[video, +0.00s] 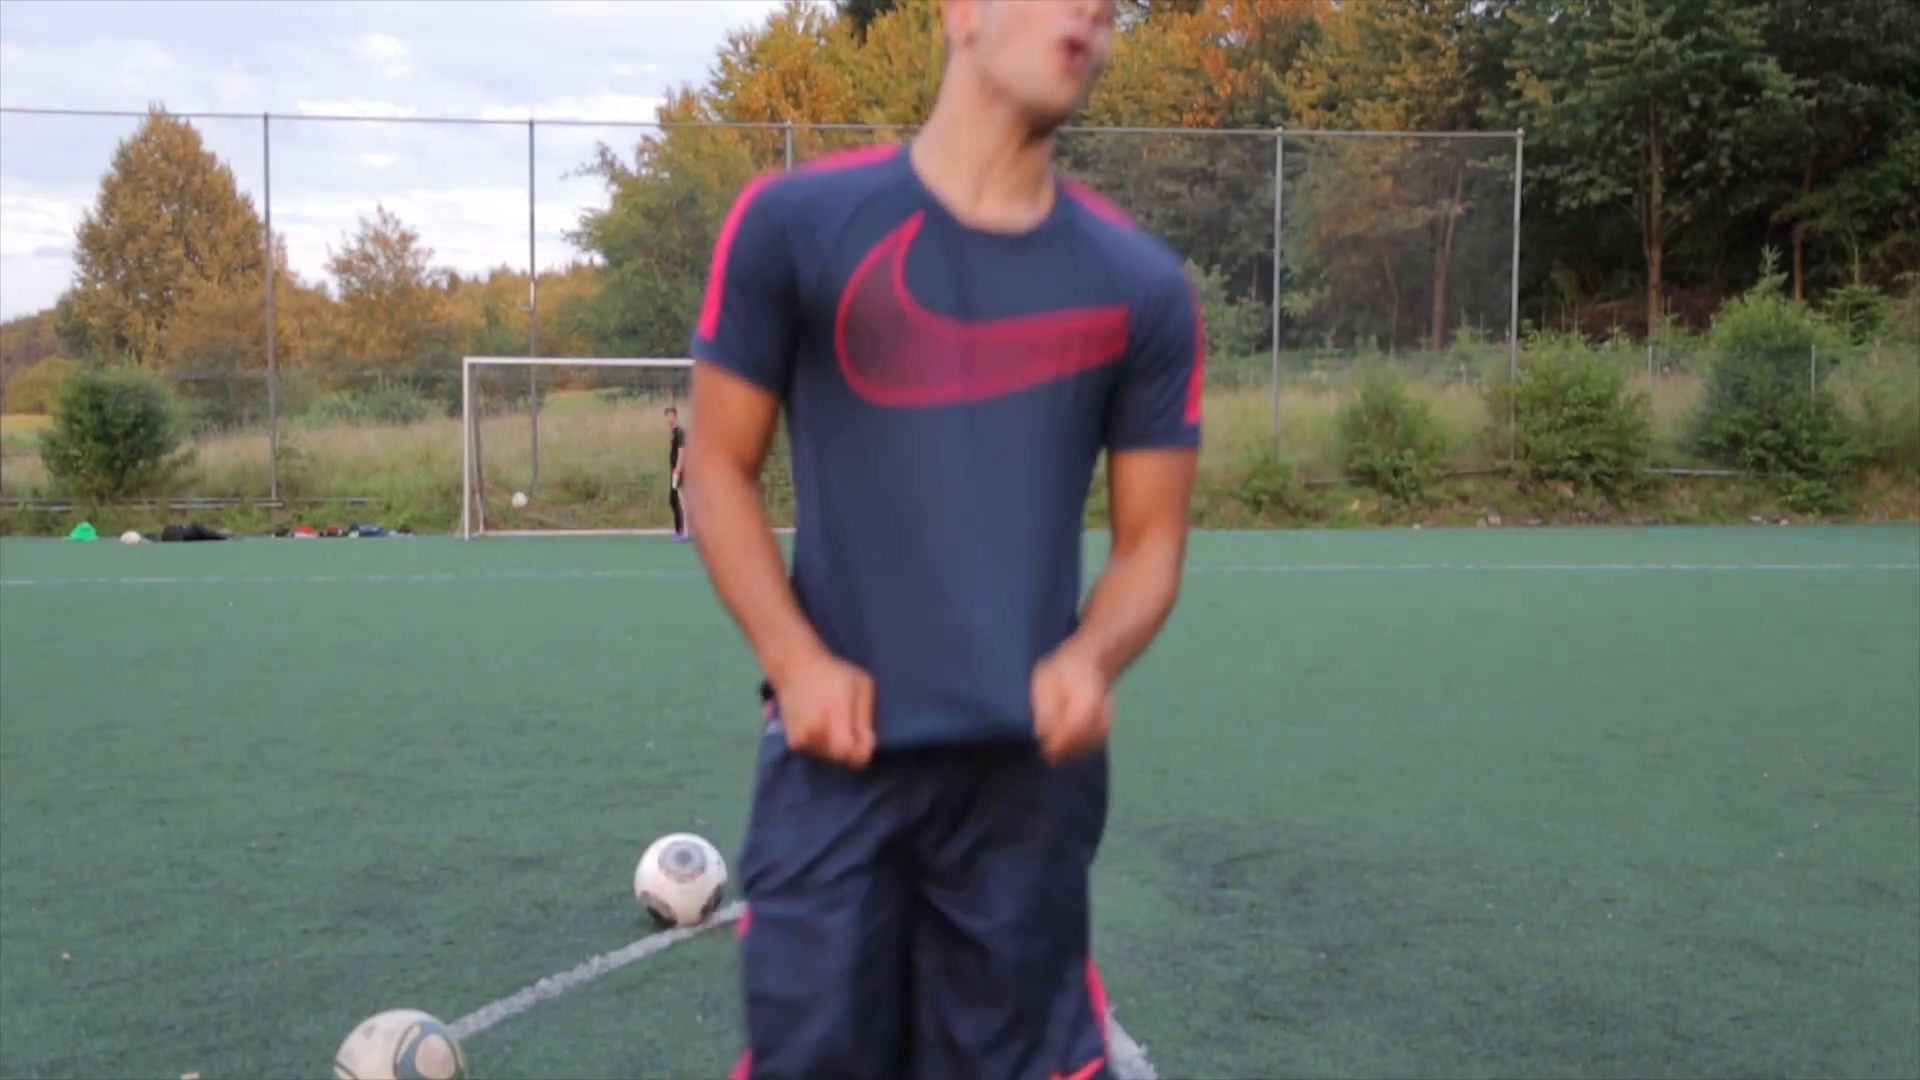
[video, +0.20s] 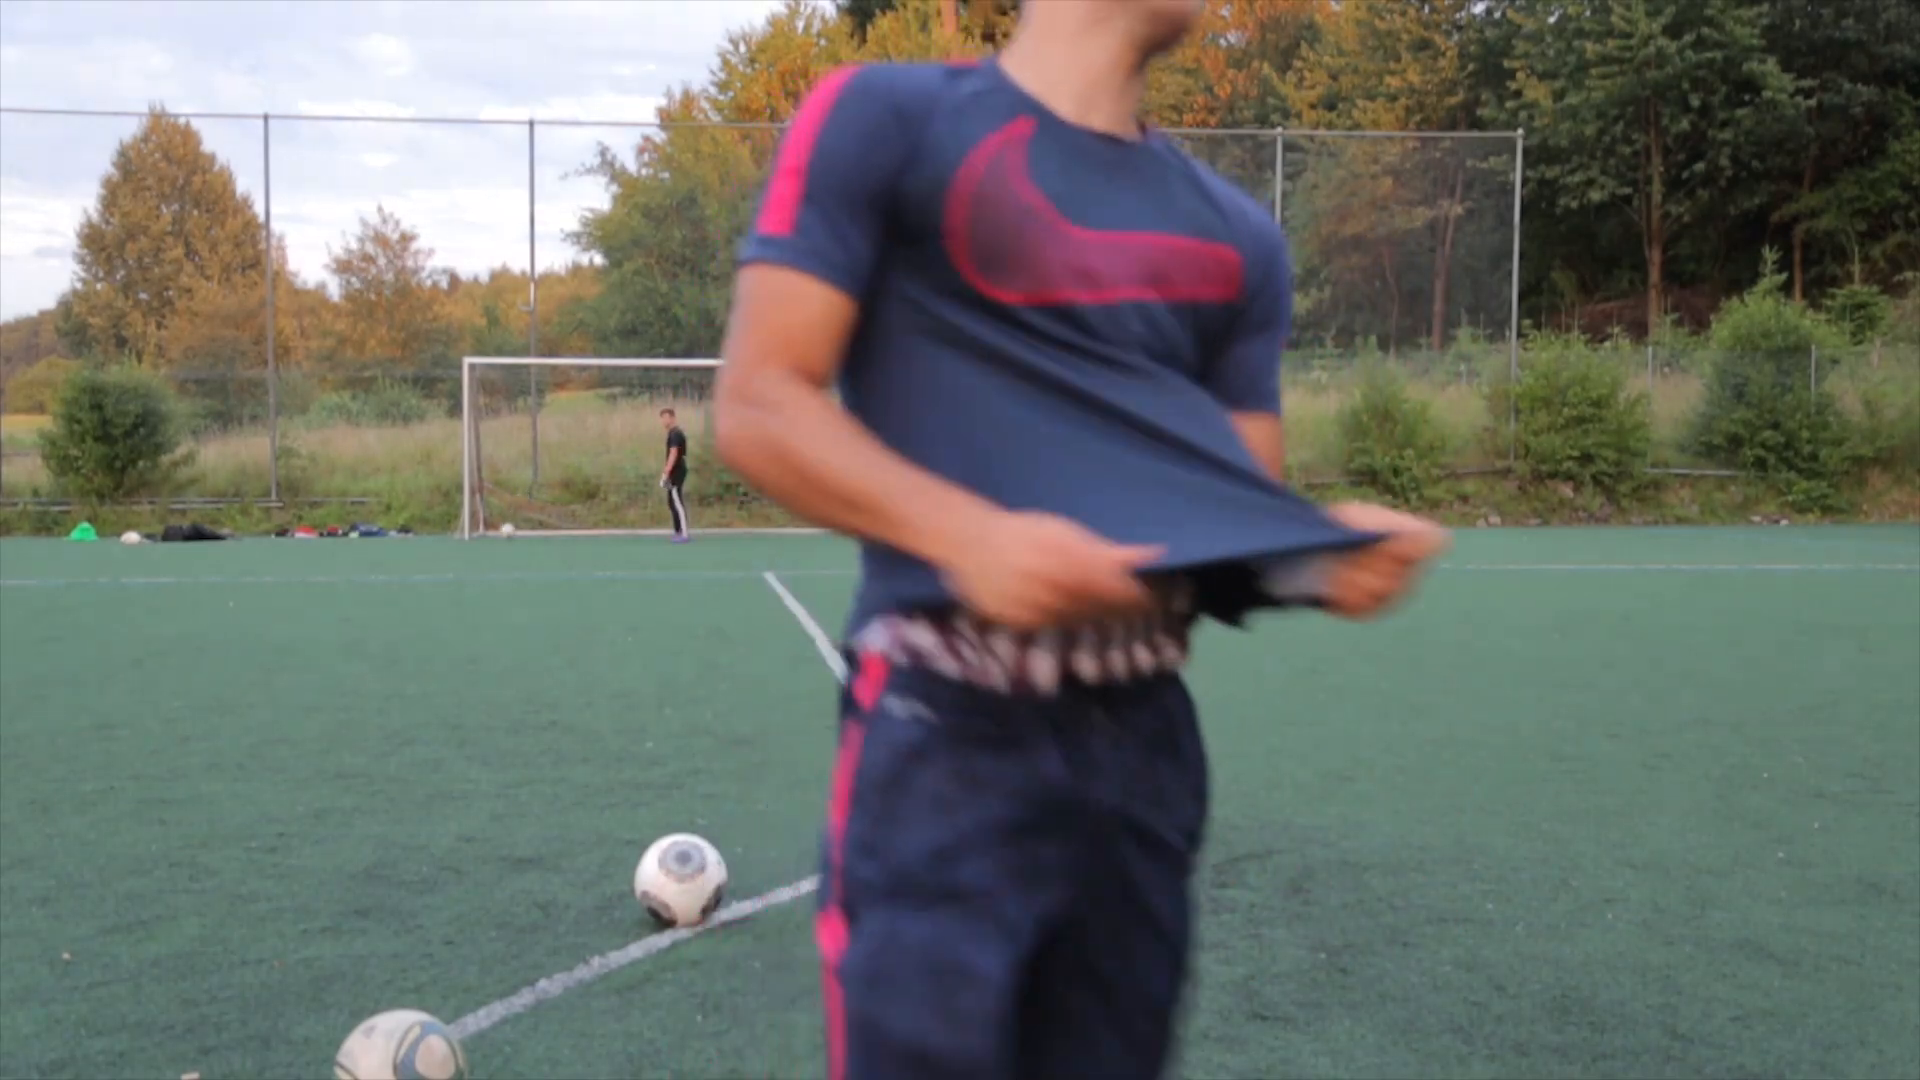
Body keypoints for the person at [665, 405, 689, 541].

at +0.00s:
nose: (669, 420)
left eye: (670, 416)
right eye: (667, 417)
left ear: (675, 417)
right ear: (666, 418)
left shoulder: (679, 433)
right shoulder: (674, 434)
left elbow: (681, 454)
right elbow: (677, 454)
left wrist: (677, 472)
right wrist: (674, 471)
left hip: (676, 472)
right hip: (673, 471)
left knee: (675, 500)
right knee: (674, 500)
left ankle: (681, 530)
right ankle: (679, 529)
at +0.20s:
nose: (663, 422)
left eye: (665, 418)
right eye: (662, 419)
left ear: (671, 418)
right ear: (667, 419)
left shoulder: (675, 434)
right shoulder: (673, 433)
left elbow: (673, 455)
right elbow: (672, 456)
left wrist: (666, 474)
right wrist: (666, 473)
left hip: (677, 470)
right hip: (675, 469)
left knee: (676, 500)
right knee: (672, 500)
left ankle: (682, 532)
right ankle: (678, 531)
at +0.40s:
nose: (658, 421)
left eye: (659, 417)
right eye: (657, 418)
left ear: (666, 416)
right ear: (668, 417)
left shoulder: (669, 432)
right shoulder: (678, 431)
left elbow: (667, 453)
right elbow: (680, 452)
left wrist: (657, 470)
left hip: (670, 471)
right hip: (678, 471)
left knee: (660, 498)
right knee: (675, 499)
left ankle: (674, 528)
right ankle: (677, 528)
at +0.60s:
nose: (654, 421)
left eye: (655, 418)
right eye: (653, 418)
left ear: (660, 417)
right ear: (665, 417)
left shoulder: (661, 432)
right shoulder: (674, 432)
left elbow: (661, 452)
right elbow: (678, 452)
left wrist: (652, 470)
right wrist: (678, 468)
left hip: (664, 467)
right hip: (675, 466)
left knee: (652, 496)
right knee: (677, 500)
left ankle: (649, 529)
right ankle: (678, 531)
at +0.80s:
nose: (643, 422)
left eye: (644, 419)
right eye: (643, 419)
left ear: (650, 419)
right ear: (654, 419)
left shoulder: (648, 435)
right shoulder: (665, 433)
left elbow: (649, 457)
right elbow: (671, 455)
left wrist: (645, 474)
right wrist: (672, 471)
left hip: (654, 469)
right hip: (667, 468)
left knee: (645, 502)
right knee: (671, 502)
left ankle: (635, 530)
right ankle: (677, 531)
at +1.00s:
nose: (631, 421)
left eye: (632, 418)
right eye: (631, 418)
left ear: (636, 419)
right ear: (642, 418)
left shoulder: (635, 434)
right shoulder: (652, 433)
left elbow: (635, 456)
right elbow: (658, 453)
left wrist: (632, 475)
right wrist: (659, 471)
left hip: (640, 470)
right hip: (651, 469)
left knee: (634, 500)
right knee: (652, 501)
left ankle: (632, 530)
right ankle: (669, 526)